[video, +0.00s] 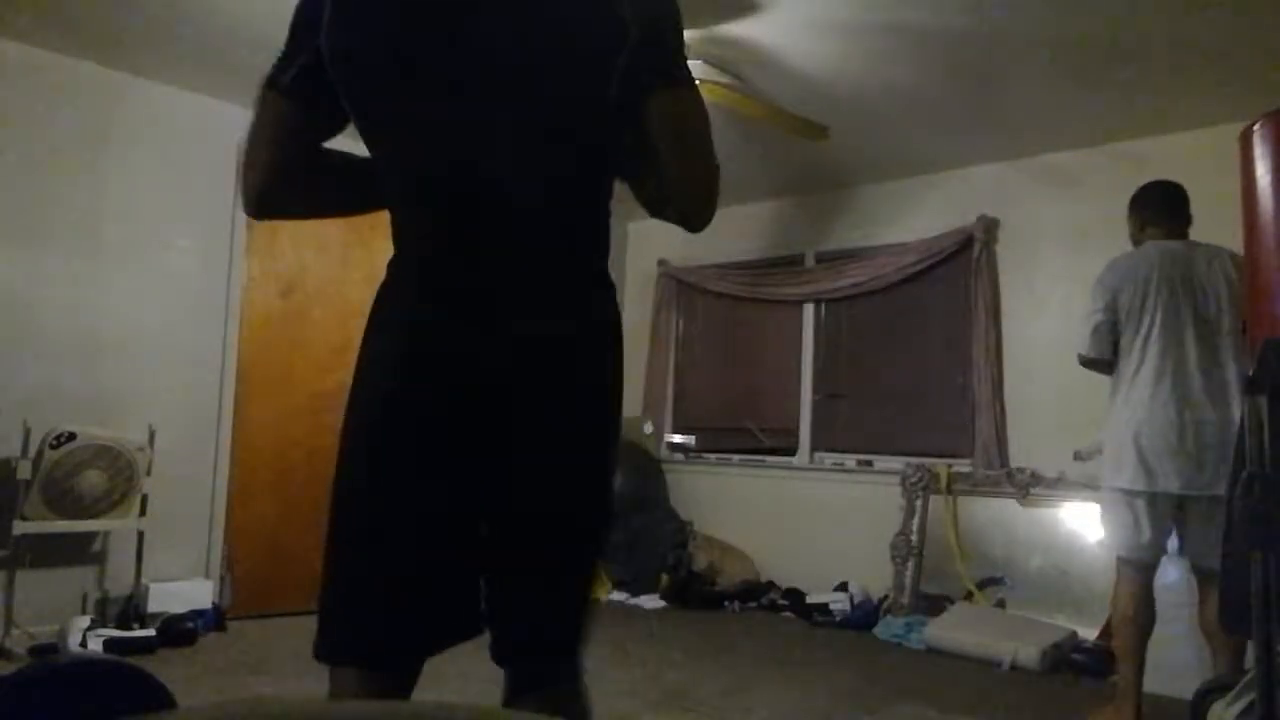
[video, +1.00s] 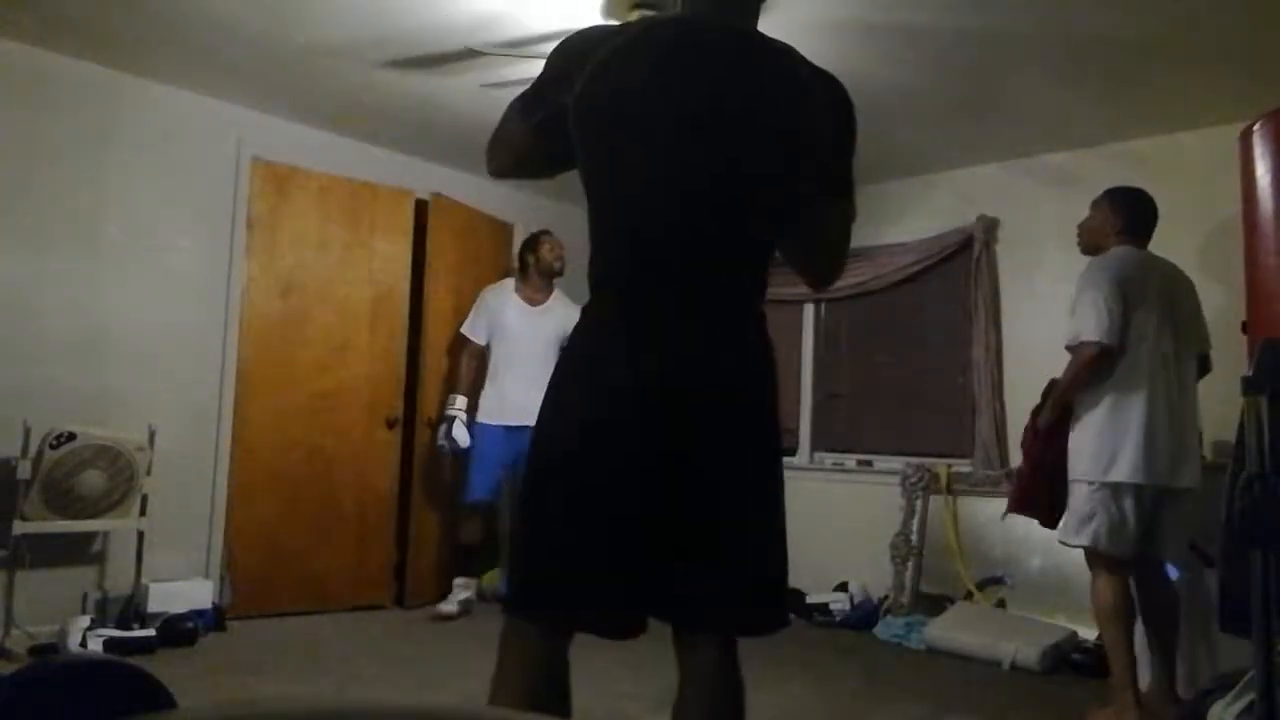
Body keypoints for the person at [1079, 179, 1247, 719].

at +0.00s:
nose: (1132, 235)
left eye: (1131, 227)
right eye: (1136, 229)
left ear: (1137, 226)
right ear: (1188, 222)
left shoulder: (1122, 270)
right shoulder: (1230, 267)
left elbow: (1095, 352)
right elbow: (1247, 347)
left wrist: (1147, 368)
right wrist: (1201, 366)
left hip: (1139, 448)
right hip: (1217, 450)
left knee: (1132, 576)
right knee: (1216, 579)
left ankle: (1127, 703)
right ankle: (1231, 697)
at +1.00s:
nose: (1081, 225)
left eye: (1090, 215)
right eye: (1086, 214)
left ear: (1114, 222)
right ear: (1140, 227)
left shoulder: (1104, 271)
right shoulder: (1178, 279)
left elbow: (1096, 348)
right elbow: (1201, 360)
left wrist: (1057, 397)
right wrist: (1149, 392)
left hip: (1112, 453)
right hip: (1170, 454)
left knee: (1106, 565)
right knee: (1150, 566)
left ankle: (1123, 697)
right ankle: (1167, 690)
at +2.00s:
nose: (1007, 221)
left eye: (1018, 212)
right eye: (1011, 213)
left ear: (1048, 225)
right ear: (1049, 227)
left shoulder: (1056, 269)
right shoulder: (1039, 272)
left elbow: (1067, 350)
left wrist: (1014, 411)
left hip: (1055, 448)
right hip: (1033, 445)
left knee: (1049, 559)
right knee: (1009, 547)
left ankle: (1084, 691)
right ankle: (1058, 656)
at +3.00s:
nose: (908, 215)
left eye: (920, 208)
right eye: (907, 208)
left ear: (946, 221)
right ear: (908, 223)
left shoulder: (969, 267)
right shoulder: (902, 282)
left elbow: (1010, 336)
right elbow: (911, 351)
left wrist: (950, 358)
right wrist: (885, 359)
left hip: (961, 432)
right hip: (910, 432)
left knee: (955, 538)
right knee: (896, 525)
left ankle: (994, 667)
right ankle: (930, 638)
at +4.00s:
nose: (794, 244)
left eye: (804, 236)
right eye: (795, 237)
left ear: (834, 242)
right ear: (810, 245)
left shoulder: (853, 280)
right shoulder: (811, 297)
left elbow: (875, 354)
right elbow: (811, 367)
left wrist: (807, 365)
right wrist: (772, 378)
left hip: (854, 448)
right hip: (814, 449)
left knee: (854, 548)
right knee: (792, 541)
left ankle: (897, 674)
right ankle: (796, 644)